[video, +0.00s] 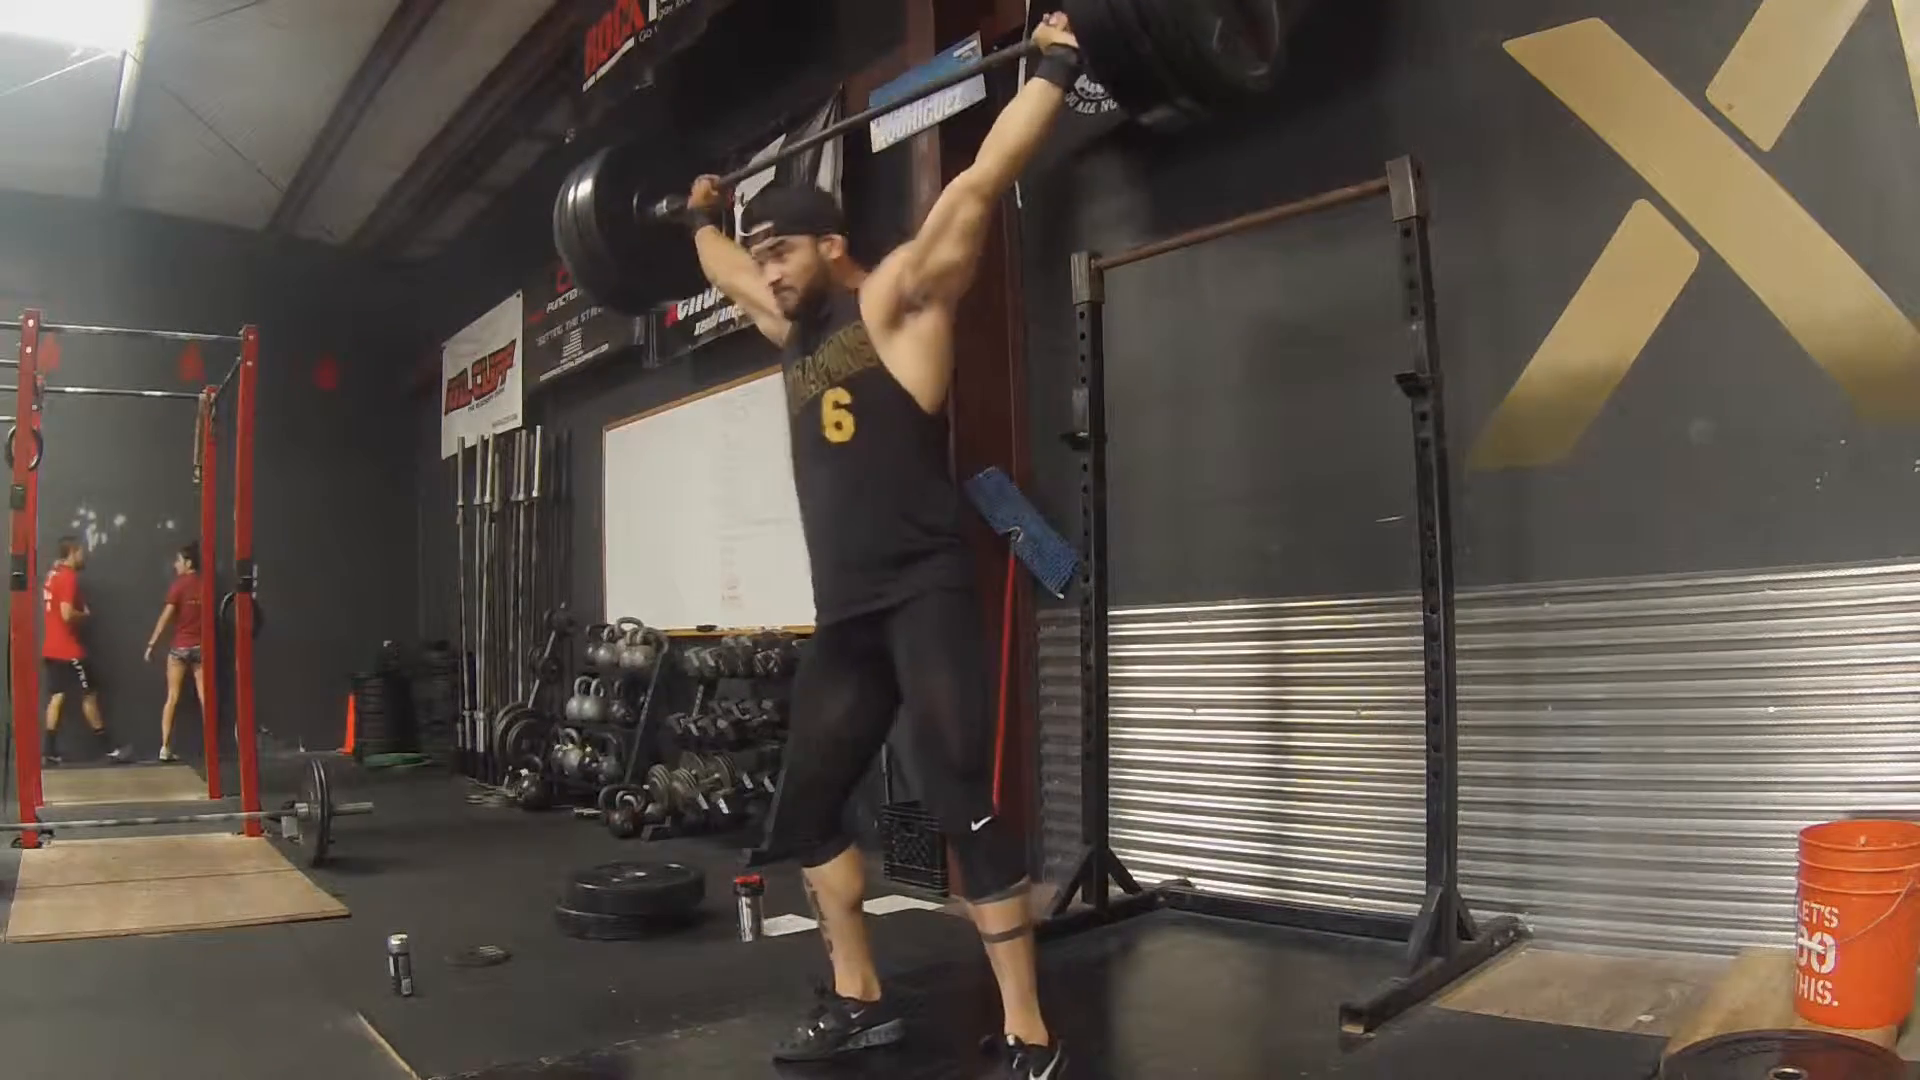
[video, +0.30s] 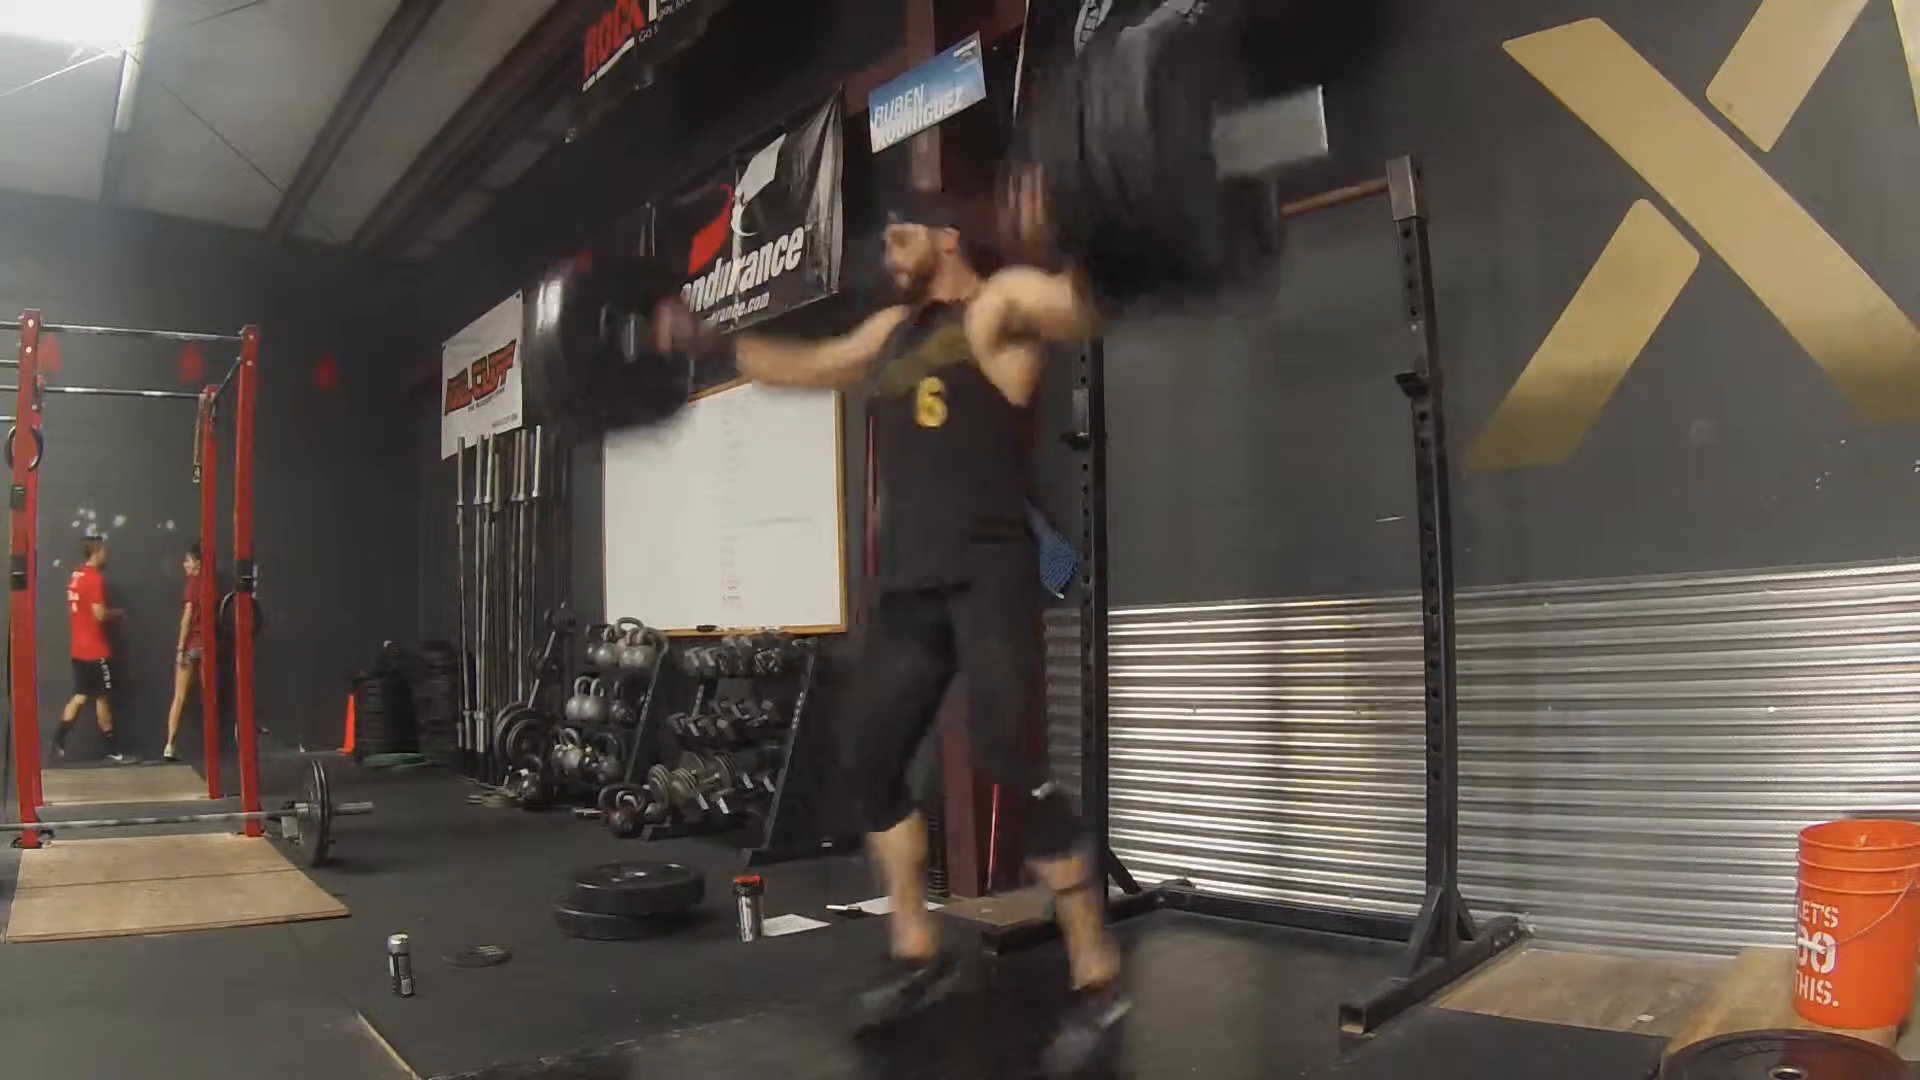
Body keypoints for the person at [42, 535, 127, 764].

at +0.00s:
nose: (84, 557)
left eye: (83, 552)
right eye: (82, 553)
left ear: (66, 553)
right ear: (72, 553)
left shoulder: (52, 574)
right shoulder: (68, 576)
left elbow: (52, 608)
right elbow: (67, 613)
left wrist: (75, 611)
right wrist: (84, 614)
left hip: (51, 647)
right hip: (69, 648)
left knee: (57, 694)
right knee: (88, 693)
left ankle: (49, 749)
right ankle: (107, 746)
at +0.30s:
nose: (105, 556)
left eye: (104, 551)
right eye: (103, 552)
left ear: (89, 553)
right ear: (95, 553)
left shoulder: (76, 575)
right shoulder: (94, 577)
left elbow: (77, 608)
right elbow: (99, 613)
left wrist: (105, 613)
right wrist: (117, 613)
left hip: (79, 648)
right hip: (96, 650)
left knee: (80, 694)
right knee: (103, 696)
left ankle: (58, 739)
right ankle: (112, 748)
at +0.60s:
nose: (123, 556)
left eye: (123, 552)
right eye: (121, 552)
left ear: (106, 551)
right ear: (111, 552)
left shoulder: (94, 574)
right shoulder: (109, 576)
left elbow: (97, 608)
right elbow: (115, 612)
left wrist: (126, 615)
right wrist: (132, 612)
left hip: (97, 647)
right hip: (108, 648)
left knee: (107, 695)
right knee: (111, 696)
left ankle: (109, 744)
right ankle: (112, 747)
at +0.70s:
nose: (127, 555)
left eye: (126, 551)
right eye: (124, 551)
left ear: (111, 551)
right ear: (116, 551)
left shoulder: (99, 574)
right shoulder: (112, 576)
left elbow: (103, 609)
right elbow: (114, 611)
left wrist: (127, 614)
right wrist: (133, 613)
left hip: (100, 646)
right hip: (110, 648)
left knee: (109, 696)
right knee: (112, 696)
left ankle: (113, 745)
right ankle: (115, 747)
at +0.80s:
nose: (128, 557)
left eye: (128, 552)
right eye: (126, 552)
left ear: (115, 552)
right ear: (119, 552)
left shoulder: (104, 576)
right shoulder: (113, 577)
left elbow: (107, 609)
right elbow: (113, 610)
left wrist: (129, 614)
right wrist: (133, 613)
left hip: (105, 645)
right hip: (111, 647)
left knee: (111, 695)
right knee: (113, 695)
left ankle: (113, 743)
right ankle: (114, 746)